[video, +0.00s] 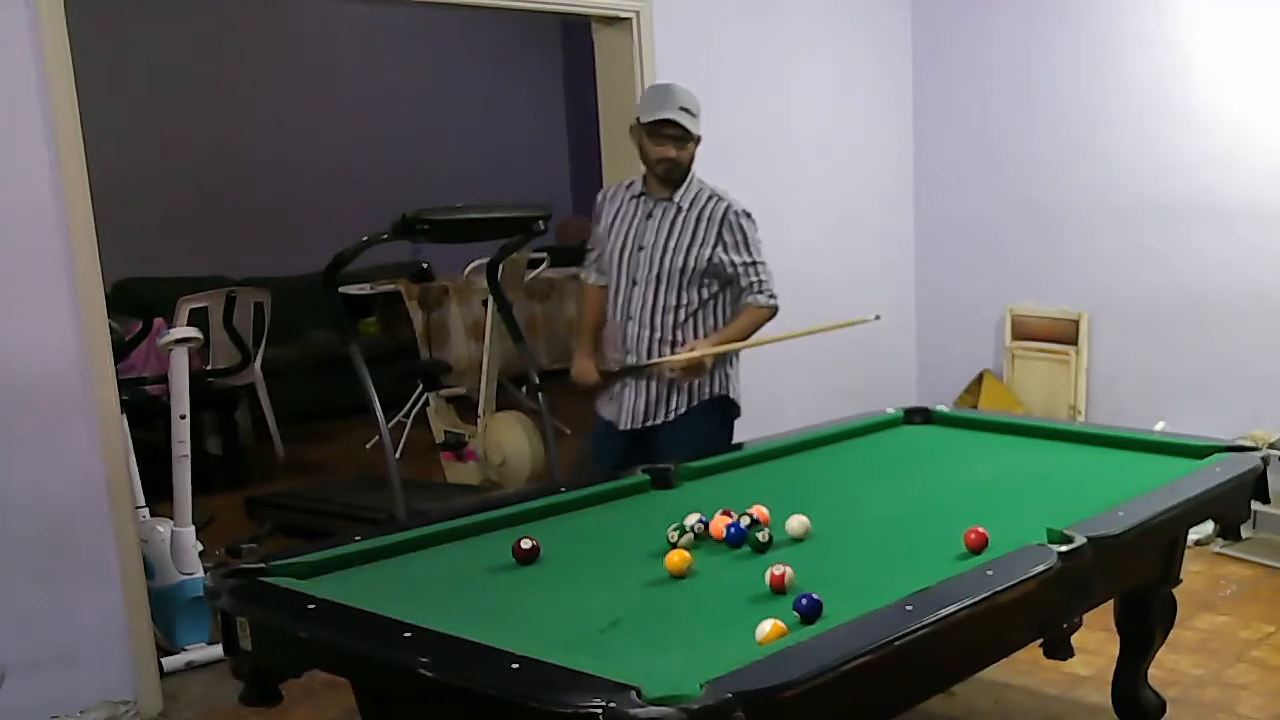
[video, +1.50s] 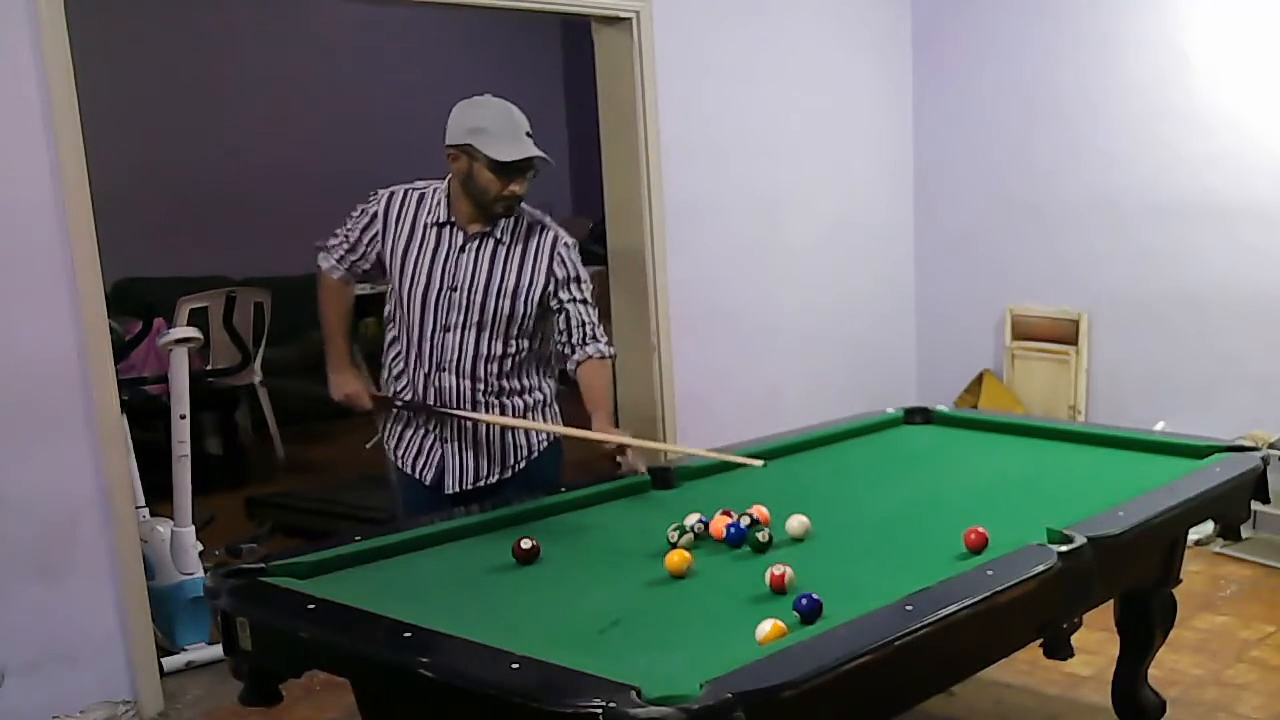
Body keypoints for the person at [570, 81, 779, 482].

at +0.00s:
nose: (668, 152)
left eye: (680, 141)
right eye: (657, 139)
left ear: (696, 145)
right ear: (637, 138)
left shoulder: (724, 217)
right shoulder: (612, 202)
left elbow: (763, 301)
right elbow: (597, 278)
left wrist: (711, 347)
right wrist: (585, 350)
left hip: (692, 407)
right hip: (620, 404)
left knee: (688, 530)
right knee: (611, 528)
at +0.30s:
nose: (628, 157)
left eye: (639, 146)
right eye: (616, 144)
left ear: (650, 146)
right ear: (589, 140)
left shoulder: (682, 219)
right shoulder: (555, 206)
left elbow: (719, 305)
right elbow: (541, 283)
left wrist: (674, 353)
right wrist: (539, 359)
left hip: (664, 418)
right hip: (581, 418)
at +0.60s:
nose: (564, 153)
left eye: (574, 139)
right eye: (549, 138)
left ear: (585, 138)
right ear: (517, 134)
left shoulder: (618, 212)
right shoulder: (478, 209)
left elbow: (657, 300)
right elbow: (463, 295)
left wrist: (629, 358)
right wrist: (470, 377)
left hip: (607, 421)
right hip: (520, 426)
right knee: (536, 552)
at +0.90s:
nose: (530, 155)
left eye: (539, 142)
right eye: (516, 141)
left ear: (549, 140)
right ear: (477, 133)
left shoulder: (581, 216)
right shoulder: (430, 213)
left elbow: (613, 307)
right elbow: (404, 300)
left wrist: (592, 371)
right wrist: (420, 389)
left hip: (572, 428)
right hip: (483, 434)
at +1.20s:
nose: (527, 171)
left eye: (536, 157)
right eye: (511, 156)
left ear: (544, 151)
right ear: (469, 145)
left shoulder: (569, 233)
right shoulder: (412, 215)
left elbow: (596, 328)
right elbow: (376, 297)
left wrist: (579, 395)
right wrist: (389, 390)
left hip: (538, 445)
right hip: (446, 445)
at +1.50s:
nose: (519, 187)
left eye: (527, 172)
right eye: (503, 171)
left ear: (535, 168)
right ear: (457, 160)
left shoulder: (551, 248)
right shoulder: (392, 213)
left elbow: (587, 343)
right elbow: (336, 265)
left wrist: (604, 422)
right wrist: (340, 365)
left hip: (519, 449)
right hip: (421, 447)